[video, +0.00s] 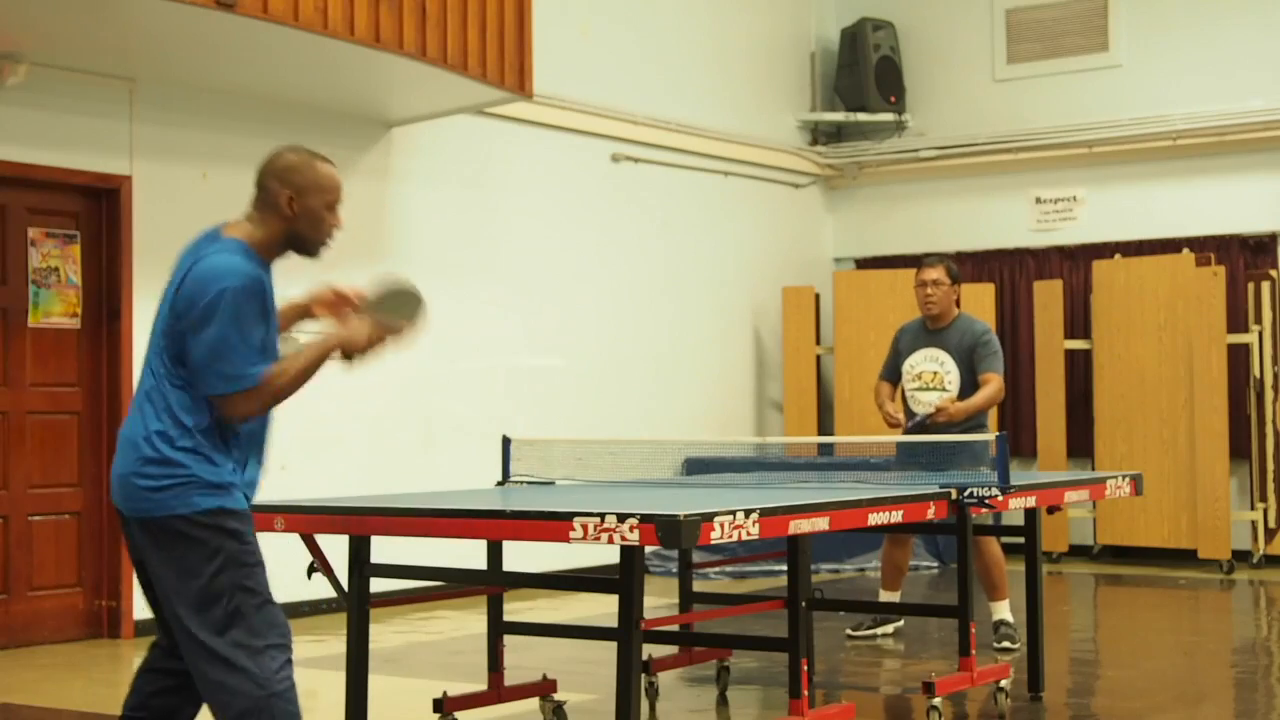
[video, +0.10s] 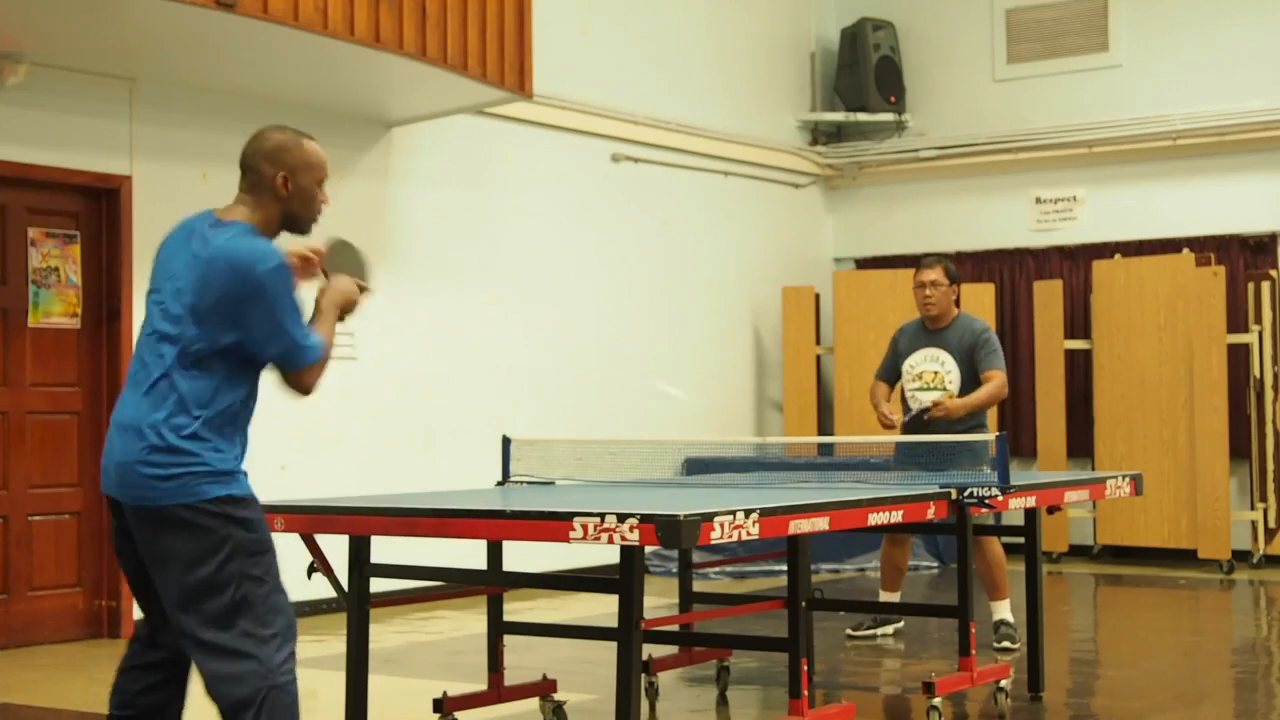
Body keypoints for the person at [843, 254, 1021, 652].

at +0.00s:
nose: (927, 293)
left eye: (935, 285)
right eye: (921, 286)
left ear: (955, 291)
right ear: (915, 291)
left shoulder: (979, 335)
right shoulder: (906, 335)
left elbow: (994, 387)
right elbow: (884, 385)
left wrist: (962, 409)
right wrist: (887, 406)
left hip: (965, 450)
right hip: (914, 450)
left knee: (979, 530)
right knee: (898, 528)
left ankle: (1002, 618)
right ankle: (887, 612)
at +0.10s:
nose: (925, 294)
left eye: (934, 286)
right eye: (920, 287)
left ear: (954, 291)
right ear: (914, 292)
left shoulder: (978, 334)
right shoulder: (905, 336)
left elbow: (998, 385)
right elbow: (881, 384)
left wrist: (961, 405)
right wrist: (883, 406)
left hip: (965, 449)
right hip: (913, 450)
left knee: (980, 530)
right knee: (896, 528)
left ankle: (1003, 618)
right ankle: (887, 612)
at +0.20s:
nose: (924, 301)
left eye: (931, 293)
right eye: (917, 294)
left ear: (952, 295)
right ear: (912, 298)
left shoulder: (978, 337)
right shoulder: (906, 340)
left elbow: (1000, 387)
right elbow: (881, 388)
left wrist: (956, 406)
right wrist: (879, 406)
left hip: (965, 456)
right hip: (911, 456)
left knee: (981, 531)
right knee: (893, 531)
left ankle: (1003, 618)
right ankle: (888, 615)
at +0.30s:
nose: (918, 308)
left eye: (926, 300)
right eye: (913, 301)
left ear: (947, 298)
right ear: (908, 304)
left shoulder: (974, 338)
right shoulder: (907, 343)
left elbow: (996, 386)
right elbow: (884, 388)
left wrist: (942, 405)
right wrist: (877, 398)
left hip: (965, 458)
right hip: (912, 459)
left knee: (981, 532)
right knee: (889, 529)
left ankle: (1003, 619)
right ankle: (888, 615)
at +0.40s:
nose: (914, 309)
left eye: (921, 301)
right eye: (908, 303)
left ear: (943, 300)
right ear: (904, 306)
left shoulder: (969, 333)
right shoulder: (910, 344)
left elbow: (987, 371)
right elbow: (894, 394)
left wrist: (930, 386)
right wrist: (880, 389)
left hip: (965, 452)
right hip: (917, 452)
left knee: (979, 532)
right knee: (892, 528)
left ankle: (1003, 620)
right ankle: (888, 614)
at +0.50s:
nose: (912, 300)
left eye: (919, 292)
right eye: (907, 294)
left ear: (941, 291)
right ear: (903, 298)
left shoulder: (965, 321)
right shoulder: (909, 335)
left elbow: (965, 346)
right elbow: (886, 386)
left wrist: (931, 343)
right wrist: (874, 369)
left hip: (964, 445)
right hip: (917, 445)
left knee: (977, 529)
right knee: (890, 521)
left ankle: (1003, 618)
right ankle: (884, 607)